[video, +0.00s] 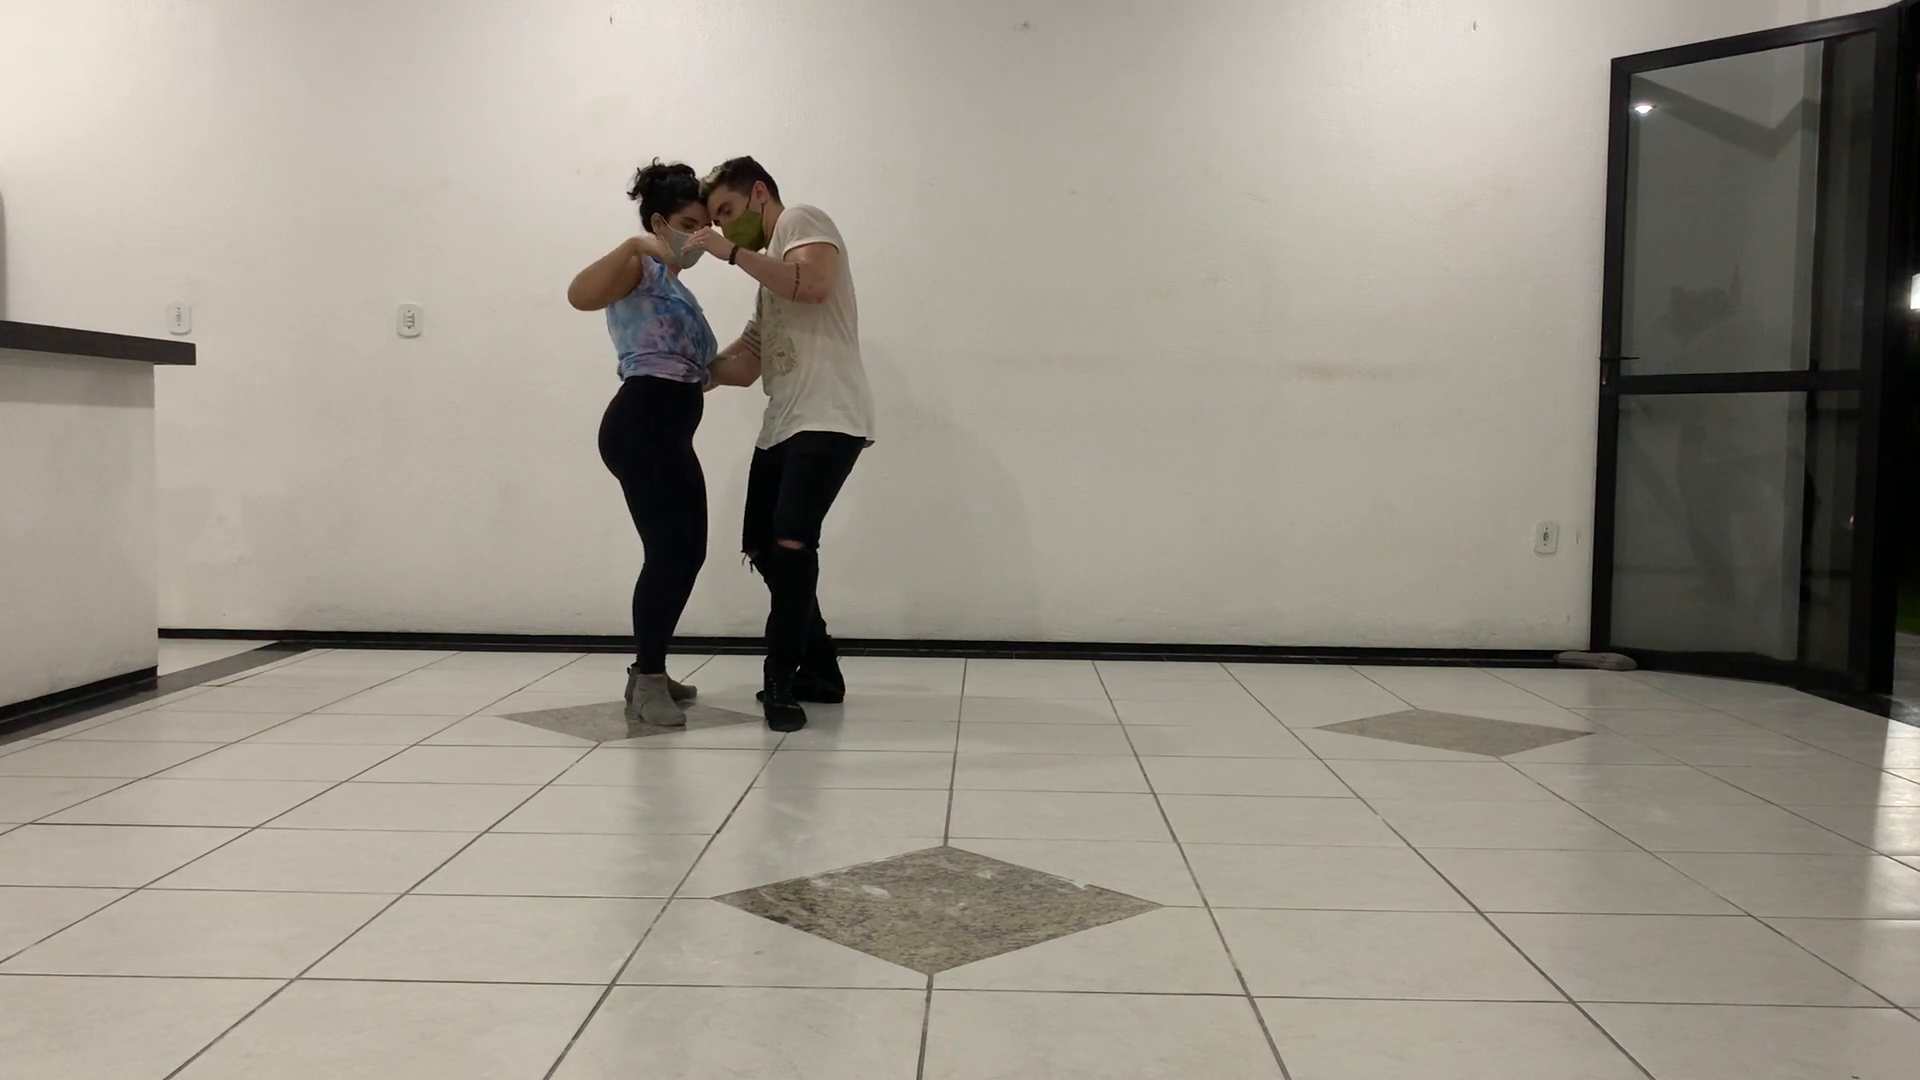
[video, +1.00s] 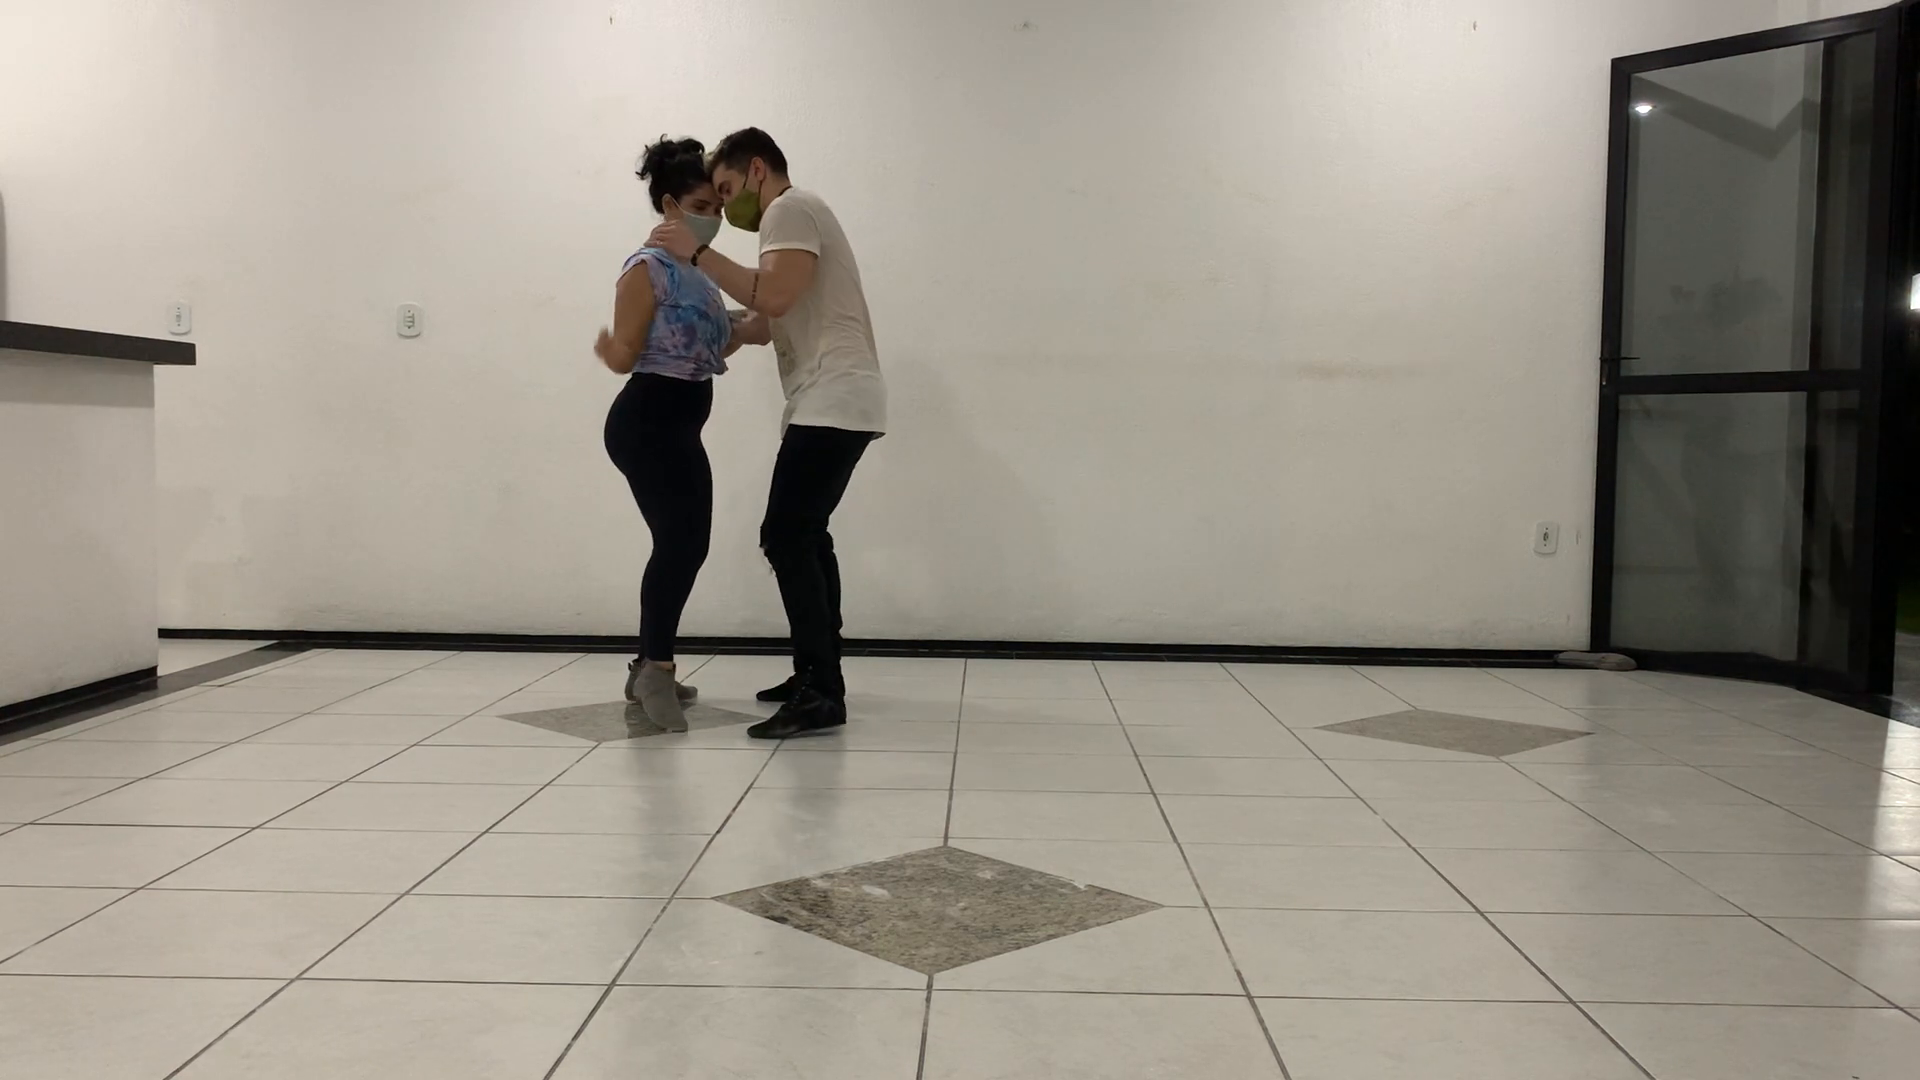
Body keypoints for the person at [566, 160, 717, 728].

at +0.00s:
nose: (700, 237)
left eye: (704, 226)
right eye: (691, 224)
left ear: (700, 230)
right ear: (658, 220)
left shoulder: (680, 296)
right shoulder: (638, 265)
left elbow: (720, 371)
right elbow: (580, 296)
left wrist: (758, 348)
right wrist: (631, 247)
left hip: (671, 426)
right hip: (641, 422)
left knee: (688, 552)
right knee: (669, 551)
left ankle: (652, 670)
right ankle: (645, 679)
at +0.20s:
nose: (700, 236)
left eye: (704, 225)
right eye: (692, 223)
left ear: (696, 231)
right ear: (661, 223)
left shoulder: (675, 283)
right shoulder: (639, 265)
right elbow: (599, 310)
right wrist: (626, 245)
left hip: (670, 424)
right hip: (643, 422)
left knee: (686, 552)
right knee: (664, 552)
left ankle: (651, 670)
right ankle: (644, 681)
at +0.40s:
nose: (701, 234)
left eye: (705, 223)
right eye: (691, 222)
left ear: (704, 227)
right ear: (662, 222)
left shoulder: (678, 285)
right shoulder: (638, 268)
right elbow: (612, 327)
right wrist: (617, 257)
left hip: (670, 426)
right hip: (642, 422)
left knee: (685, 546)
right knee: (676, 545)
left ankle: (653, 670)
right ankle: (648, 676)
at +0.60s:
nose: (704, 234)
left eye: (709, 224)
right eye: (695, 221)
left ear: (706, 229)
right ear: (668, 222)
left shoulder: (684, 291)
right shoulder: (640, 266)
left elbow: (705, 373)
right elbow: (617, 332)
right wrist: (621, 260)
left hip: (674, 427)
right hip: (644, 422)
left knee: (687, 550)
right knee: (663, 552)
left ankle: (651, 669)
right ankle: (647, 679)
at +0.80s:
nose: (710, 224)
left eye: (714, 213)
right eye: (700, 211)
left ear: (712, 220)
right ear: (673, 214)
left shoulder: (698, 288)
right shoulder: (643, 265)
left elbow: (709, 366)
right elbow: (619, 338)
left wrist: (744, 341)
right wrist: (625, 264)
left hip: (677, 424)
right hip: (643, 419)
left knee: (687, 543)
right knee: (674, 540)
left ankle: (653, 666)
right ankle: (649, 672)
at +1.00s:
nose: (712, 219)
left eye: (716, 206)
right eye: (698, 206)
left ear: (718, 203)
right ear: (666, 207)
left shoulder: (699, 274)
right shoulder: (646, 272)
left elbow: (705, 346)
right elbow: (622, 358)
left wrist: (748, 330)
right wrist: (606, 343)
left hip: (680, 423)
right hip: (645, 421)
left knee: (690, 544)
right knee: (675, 543)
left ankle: (652, 665)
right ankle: (654, 672)